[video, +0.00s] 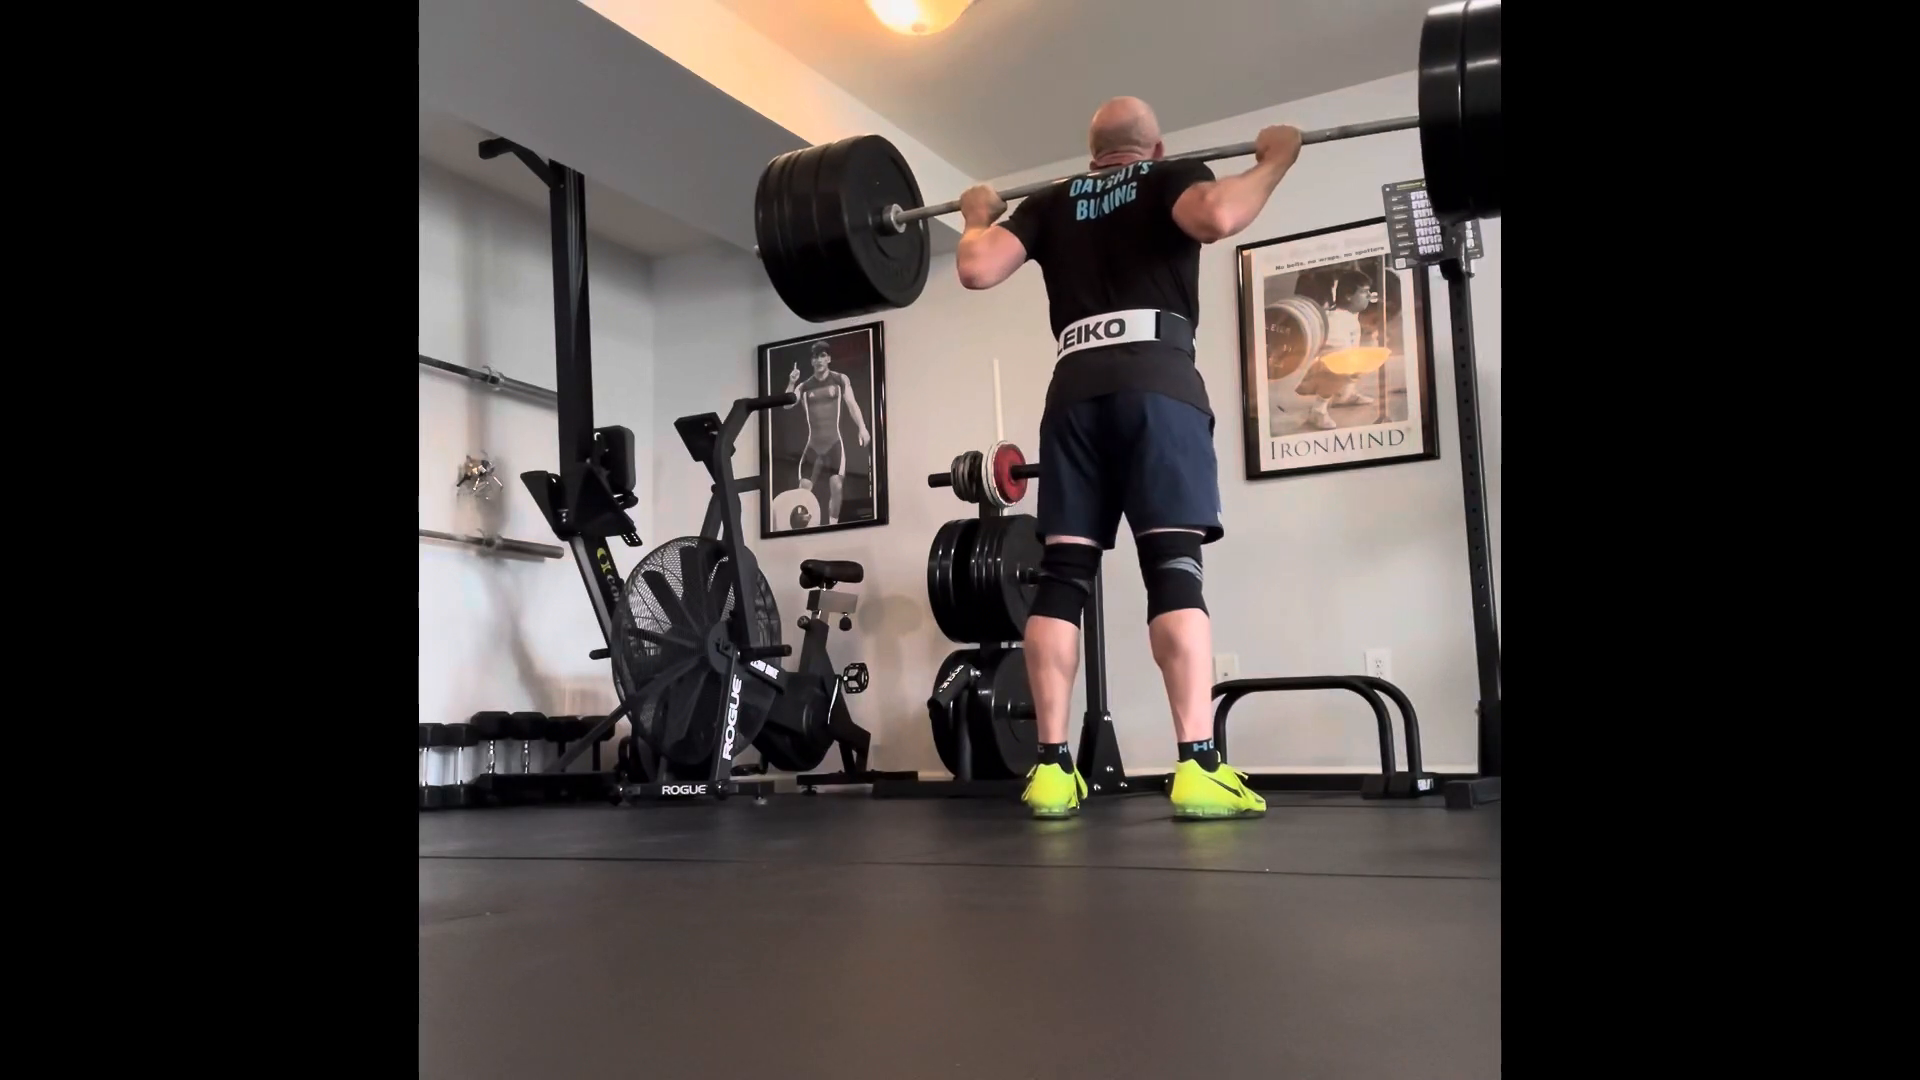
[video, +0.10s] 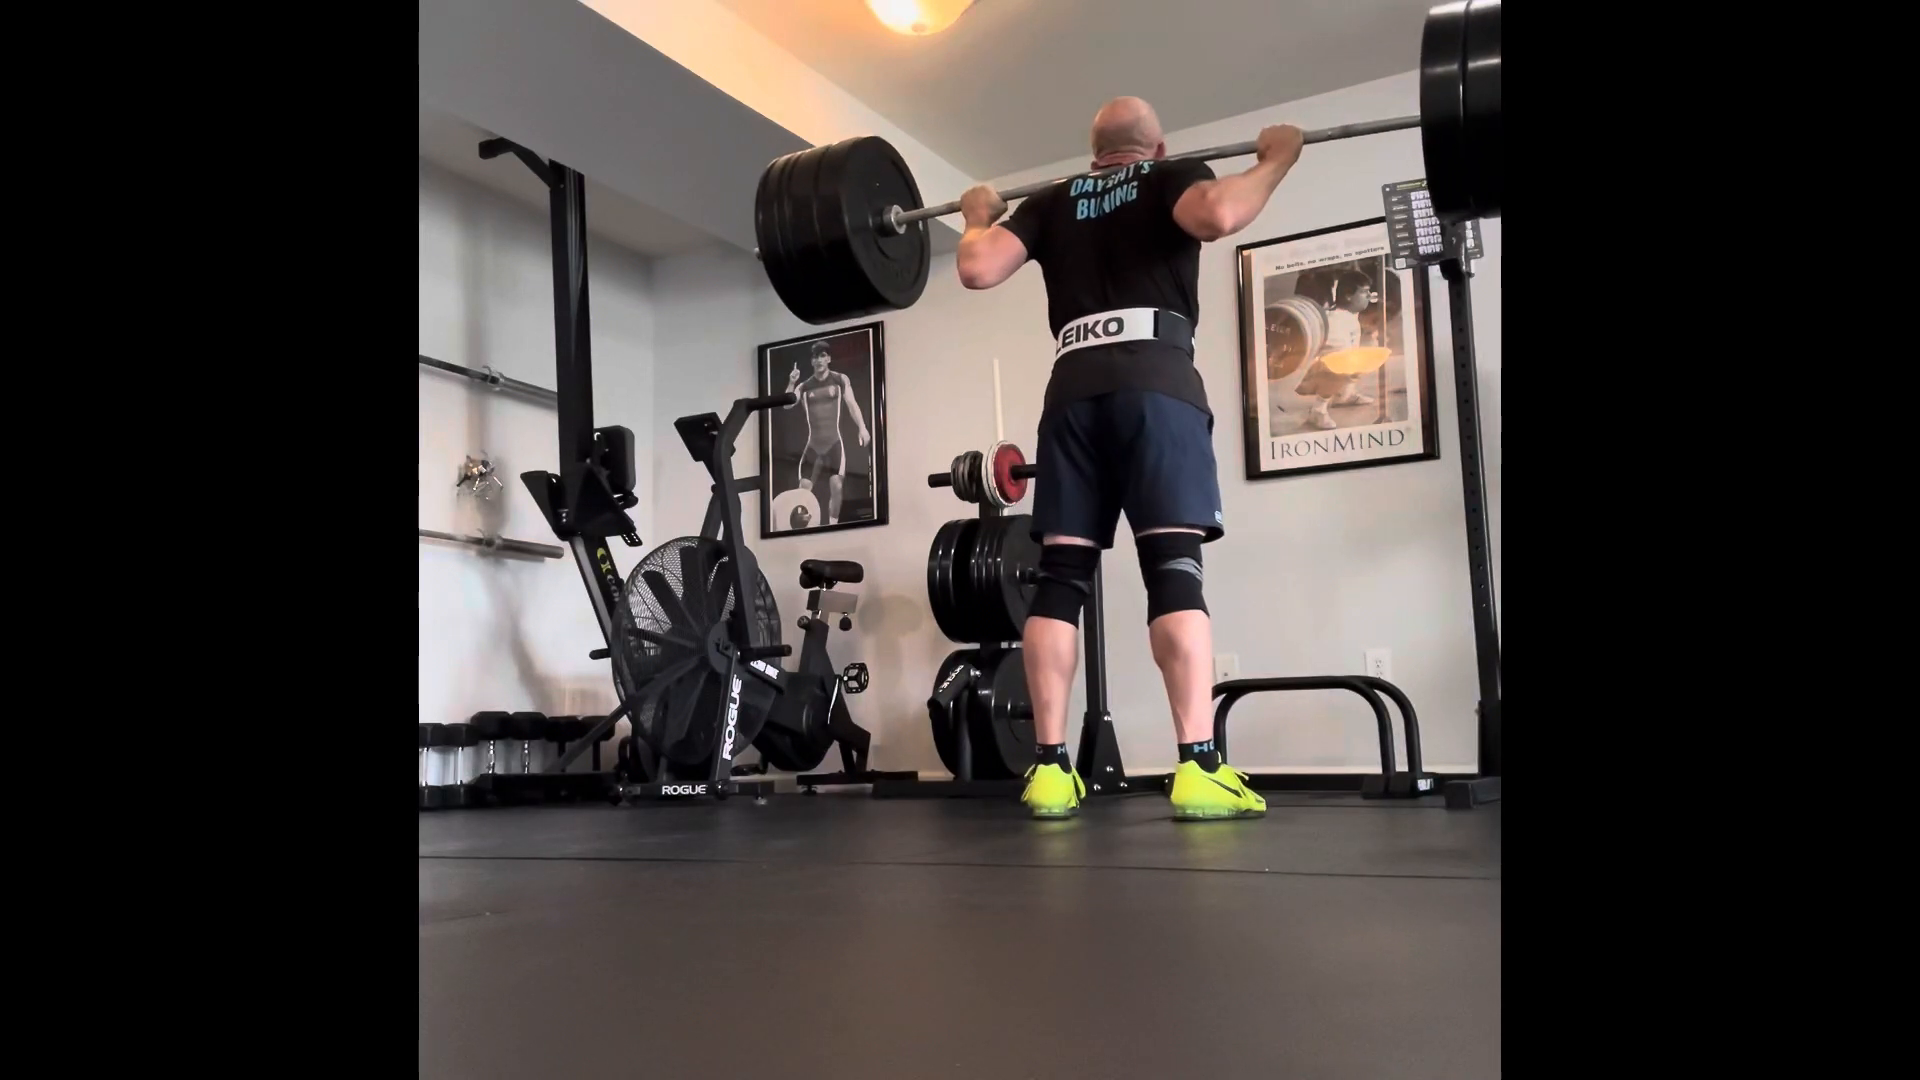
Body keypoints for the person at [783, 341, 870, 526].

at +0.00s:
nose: (819, 360)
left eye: (823, 356)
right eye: (815, 357)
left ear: (829, 359)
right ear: (811, 361)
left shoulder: (840, 380)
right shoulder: (803, 386)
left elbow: (852, 405)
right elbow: (787, 405)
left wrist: (862, 428)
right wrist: (791, 383)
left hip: (834, 443)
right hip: (813, 444)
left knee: (836, 484)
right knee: (804, 486)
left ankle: (832, 527)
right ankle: (803, 528)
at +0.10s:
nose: (819, 360)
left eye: (823, 356)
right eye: (816, 357)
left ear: (829, 359)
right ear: (811, 361)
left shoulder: (840, 379)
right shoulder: (803, 386)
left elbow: (852, 405)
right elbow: (787, 405)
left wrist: (862, 428)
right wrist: (791, 384)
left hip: (834, 443)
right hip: (813, 444)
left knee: (836, 485)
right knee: (804, 486)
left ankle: (832, 528)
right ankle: (802, 528)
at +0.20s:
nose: (819, 360)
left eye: (823, 356)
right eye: (816, 357)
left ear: (829, 359)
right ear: (811, 361)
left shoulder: (840, 379)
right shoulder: (803, 386)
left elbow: (852, 405)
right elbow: (787, 405)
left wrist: (862, 428)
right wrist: (791, 384)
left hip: (834, 443)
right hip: (813, 444)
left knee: (836, 485)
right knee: (804, 486)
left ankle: (832, 528)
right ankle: (802, 528)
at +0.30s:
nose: (819, 361)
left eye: (823, 356)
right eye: (816, 357)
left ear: (829, 359)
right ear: (811, 361)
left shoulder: (840, 380)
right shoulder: (803, 386)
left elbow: (852, 405)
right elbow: (787, 405)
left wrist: (862, 428)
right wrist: (791, 384)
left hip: (834, 443)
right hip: (813, 444)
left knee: (836, 485)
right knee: (804, 486)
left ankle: (832, 528)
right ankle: (802, 528)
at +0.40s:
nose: (819, 363)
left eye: (823, 359)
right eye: (816, 360)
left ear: (829, 360)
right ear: (811, 362)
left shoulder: (840, 380)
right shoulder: (803, 386)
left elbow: (852, 405)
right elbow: (787, 405)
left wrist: (862, 428)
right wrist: (791, 384)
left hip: (834, 443)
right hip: (813, 444)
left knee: (836, 485)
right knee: (804, 486)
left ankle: (832, 528)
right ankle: (802, 528)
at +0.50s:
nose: (819, 363)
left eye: (823, 359)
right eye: (816, 360)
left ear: (829, 360)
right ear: (811, 362)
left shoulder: (840, 380)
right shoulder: (803, 386)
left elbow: (852, 405)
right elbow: (787, 405)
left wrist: (862, 428)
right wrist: (791, 384)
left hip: (834, 443)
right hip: (813, 444)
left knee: (836, 485)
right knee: (804, 486)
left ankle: (832, 528)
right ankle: (802, 528)